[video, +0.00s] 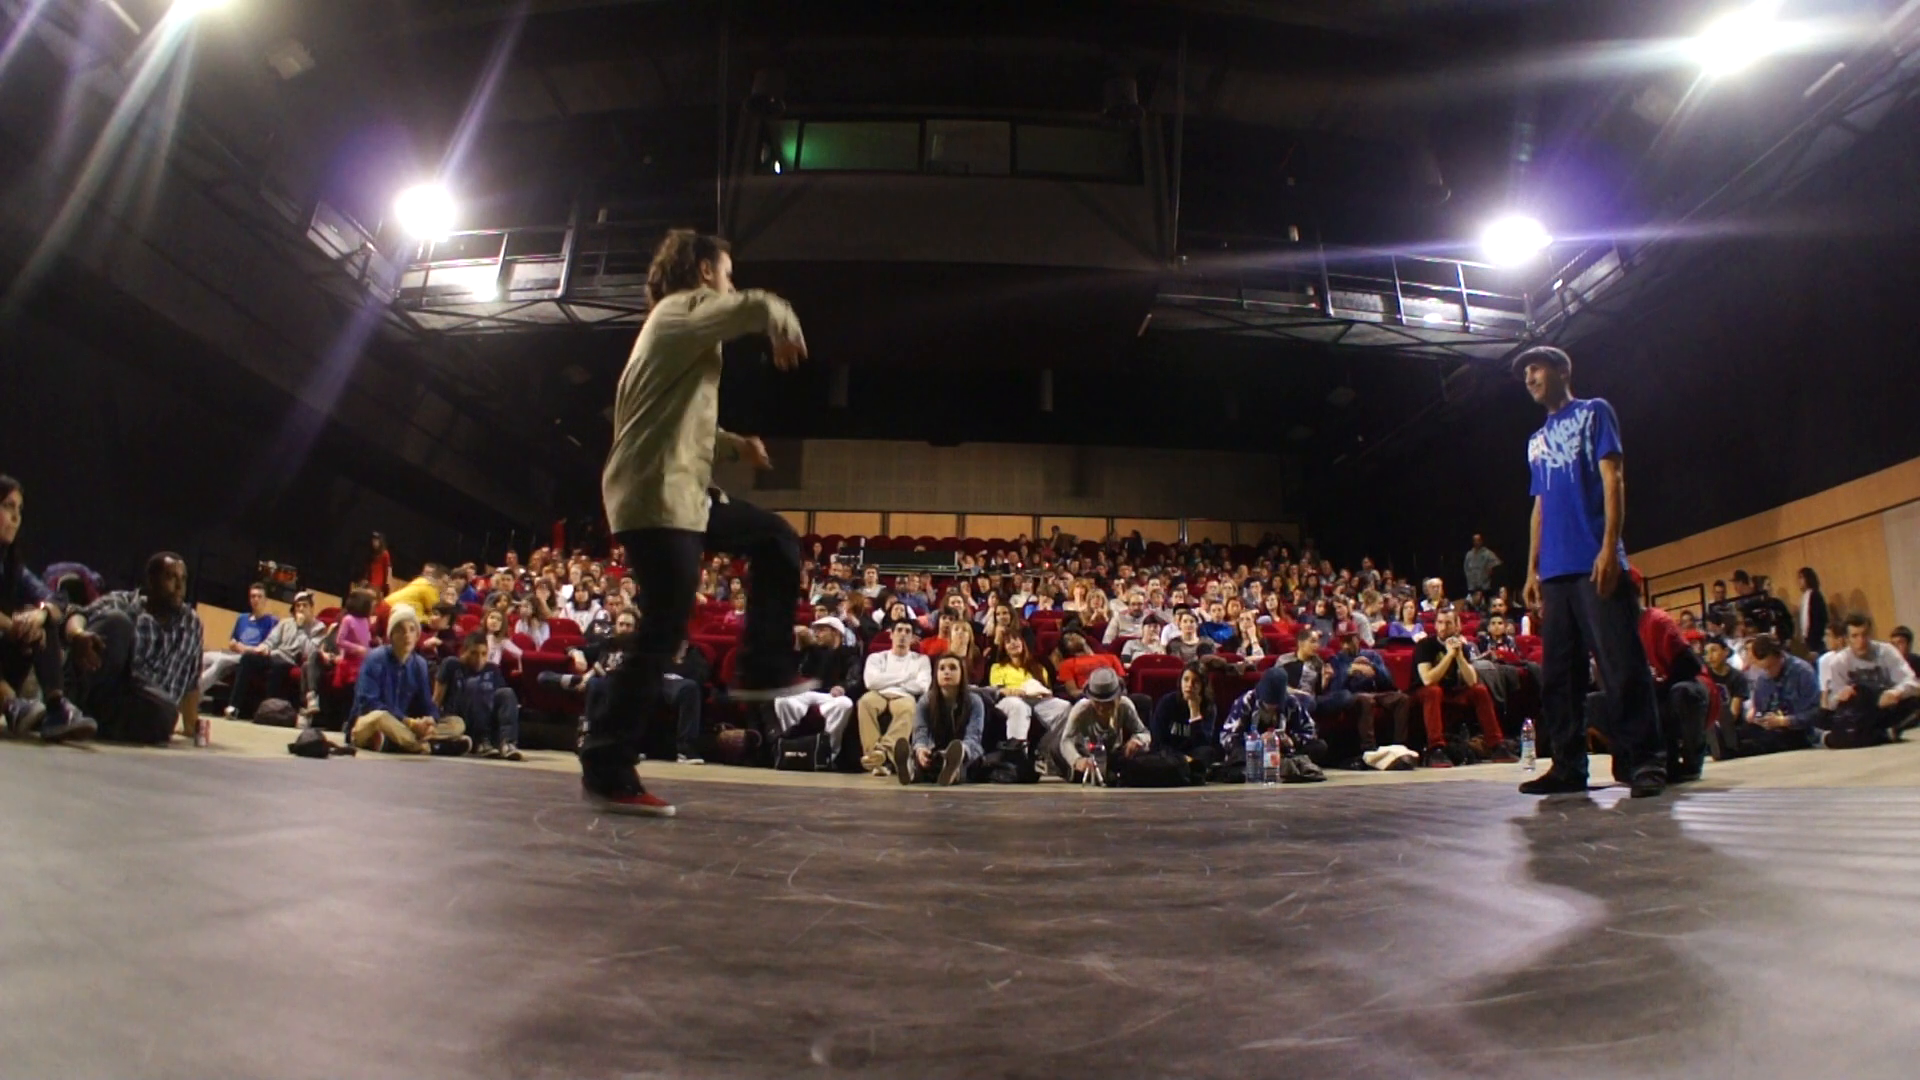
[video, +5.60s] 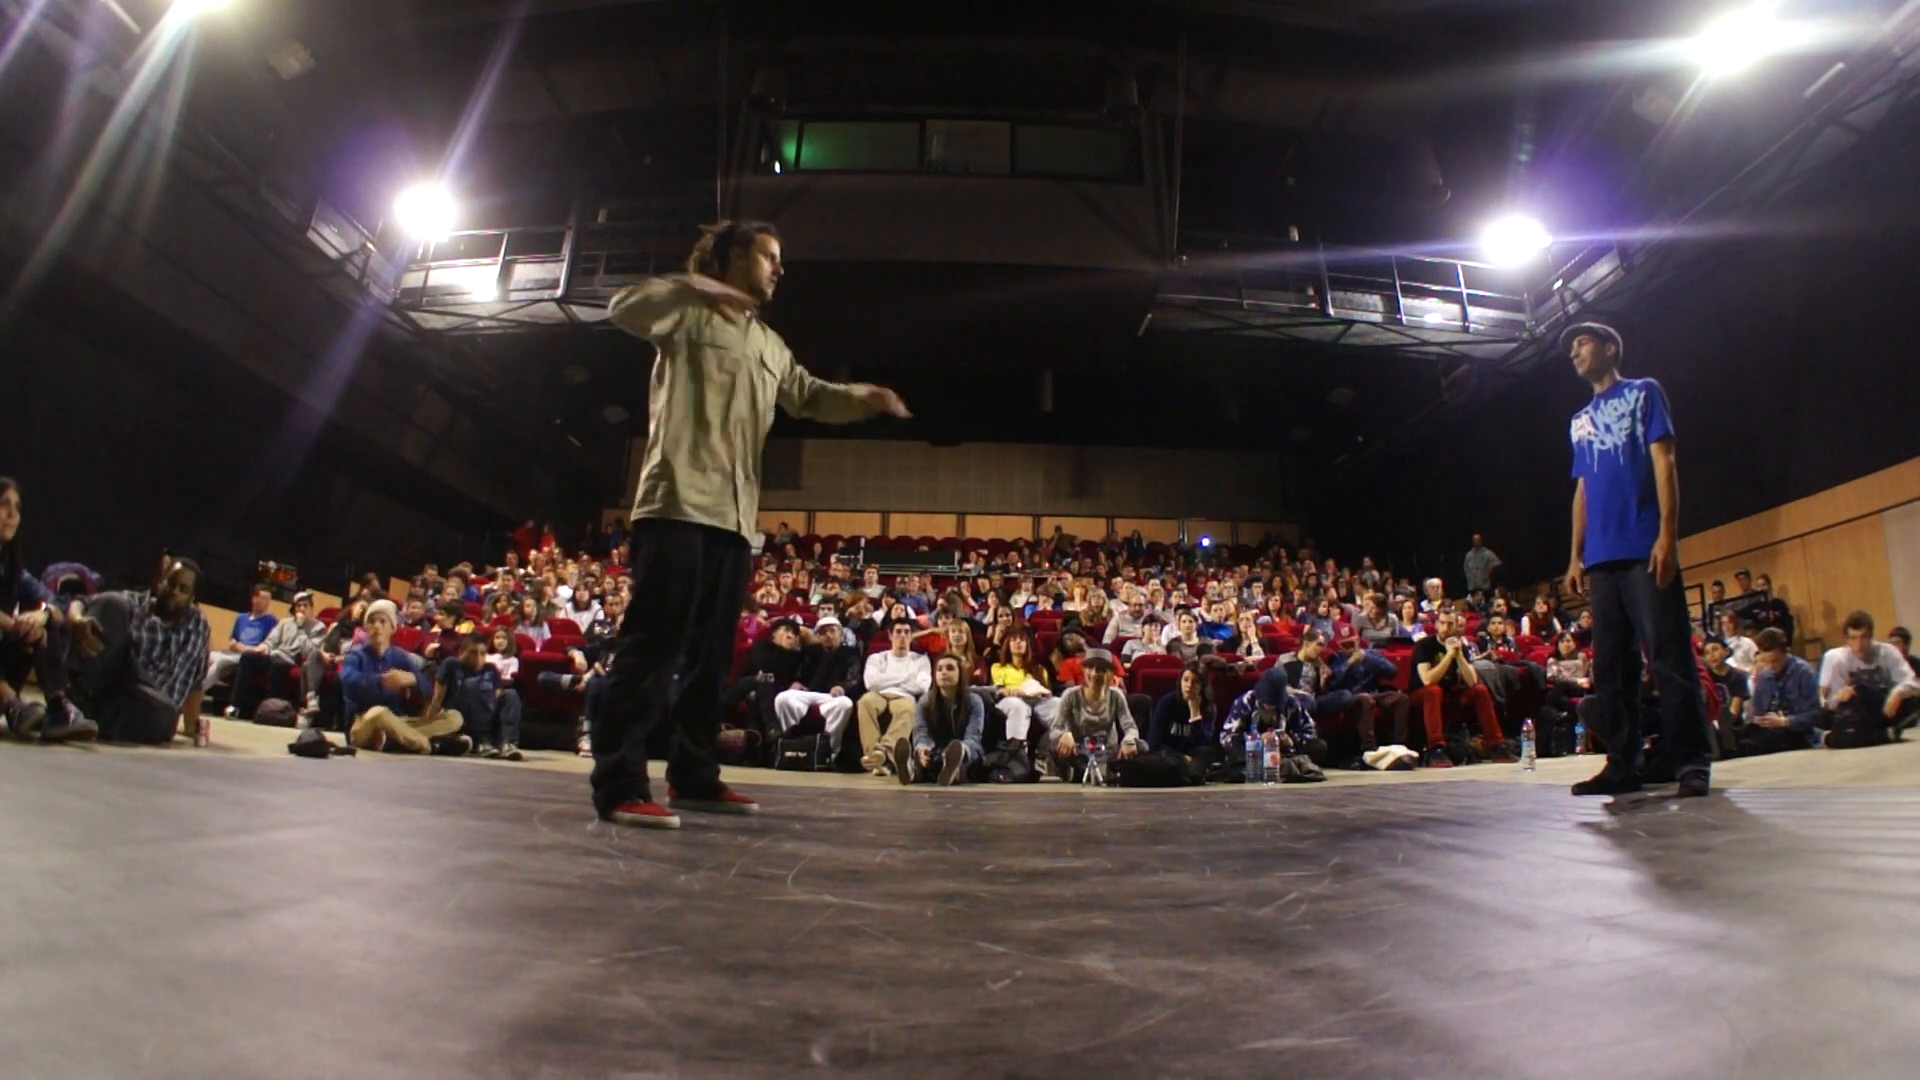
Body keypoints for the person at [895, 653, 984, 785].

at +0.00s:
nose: (947, 672)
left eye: (953, 668)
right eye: (942, 668)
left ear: (962, 673)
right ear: (936, 674)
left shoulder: (974, 701)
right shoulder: (925, 701)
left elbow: (974, 737)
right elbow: (920, 730)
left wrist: (961, 751)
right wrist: (920, 747)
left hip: (962, 751)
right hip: (933, 750)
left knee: (955, 763)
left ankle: (949, 773)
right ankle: (910, 768)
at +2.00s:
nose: (947, 673)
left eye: (952, 668)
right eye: (942, 669)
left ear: (962, 673)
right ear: (935, 674)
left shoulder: (974, 701)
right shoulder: (925, 701)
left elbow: (974, 738)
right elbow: (920, 731)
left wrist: (961, 751)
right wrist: (920, 748)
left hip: (962, 751)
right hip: (933, 750)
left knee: (955, 762)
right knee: (919, 760)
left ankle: (949, 773)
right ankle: (910, 768)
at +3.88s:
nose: (946, 673)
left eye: (951, 669)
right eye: (941, 670)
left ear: (961, 674)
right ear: (935, 675)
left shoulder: (974, 701)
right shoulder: (925, 702)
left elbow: (974, 737)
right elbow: (922, 735)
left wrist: (962, 751)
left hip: (963, 749)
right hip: (935, 749)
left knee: (956, 762)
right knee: (927, 759)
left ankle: (949, 773)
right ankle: (912, 768)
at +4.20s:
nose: (946, 674)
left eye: (951, 669)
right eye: (941, 670)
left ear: (961, 674)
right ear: (935, 675)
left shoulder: (974, 701)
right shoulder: (925, 701)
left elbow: (973, 737)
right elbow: (925, 738)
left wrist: (962, 752)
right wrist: (940, 749)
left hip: (964, 748)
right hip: (936, 750)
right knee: (927, 761)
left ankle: (949, 773)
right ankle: (912, 768)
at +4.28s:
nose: (946, 674)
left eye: (952, 669)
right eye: (941, 670)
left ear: (961, 674)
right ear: (935, 675)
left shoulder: (974, 701)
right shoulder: (926, 700)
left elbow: (973, 738)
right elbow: (923, 733)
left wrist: (962, 752)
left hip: (964, 750)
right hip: (935, 750)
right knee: (926, 761)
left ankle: (950, 772)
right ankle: (911, 769)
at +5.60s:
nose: (944, 673)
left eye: (950, 668)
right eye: (939, 669)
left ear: (960, 674)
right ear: (935, 675)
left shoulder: (974, 701)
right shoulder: (925, 701)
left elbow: (974, 736)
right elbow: (921, 730)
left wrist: (962, 750)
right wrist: (922, 747)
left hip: (963, 748)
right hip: (935, 749)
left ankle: (949, 773)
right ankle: (912, 768)